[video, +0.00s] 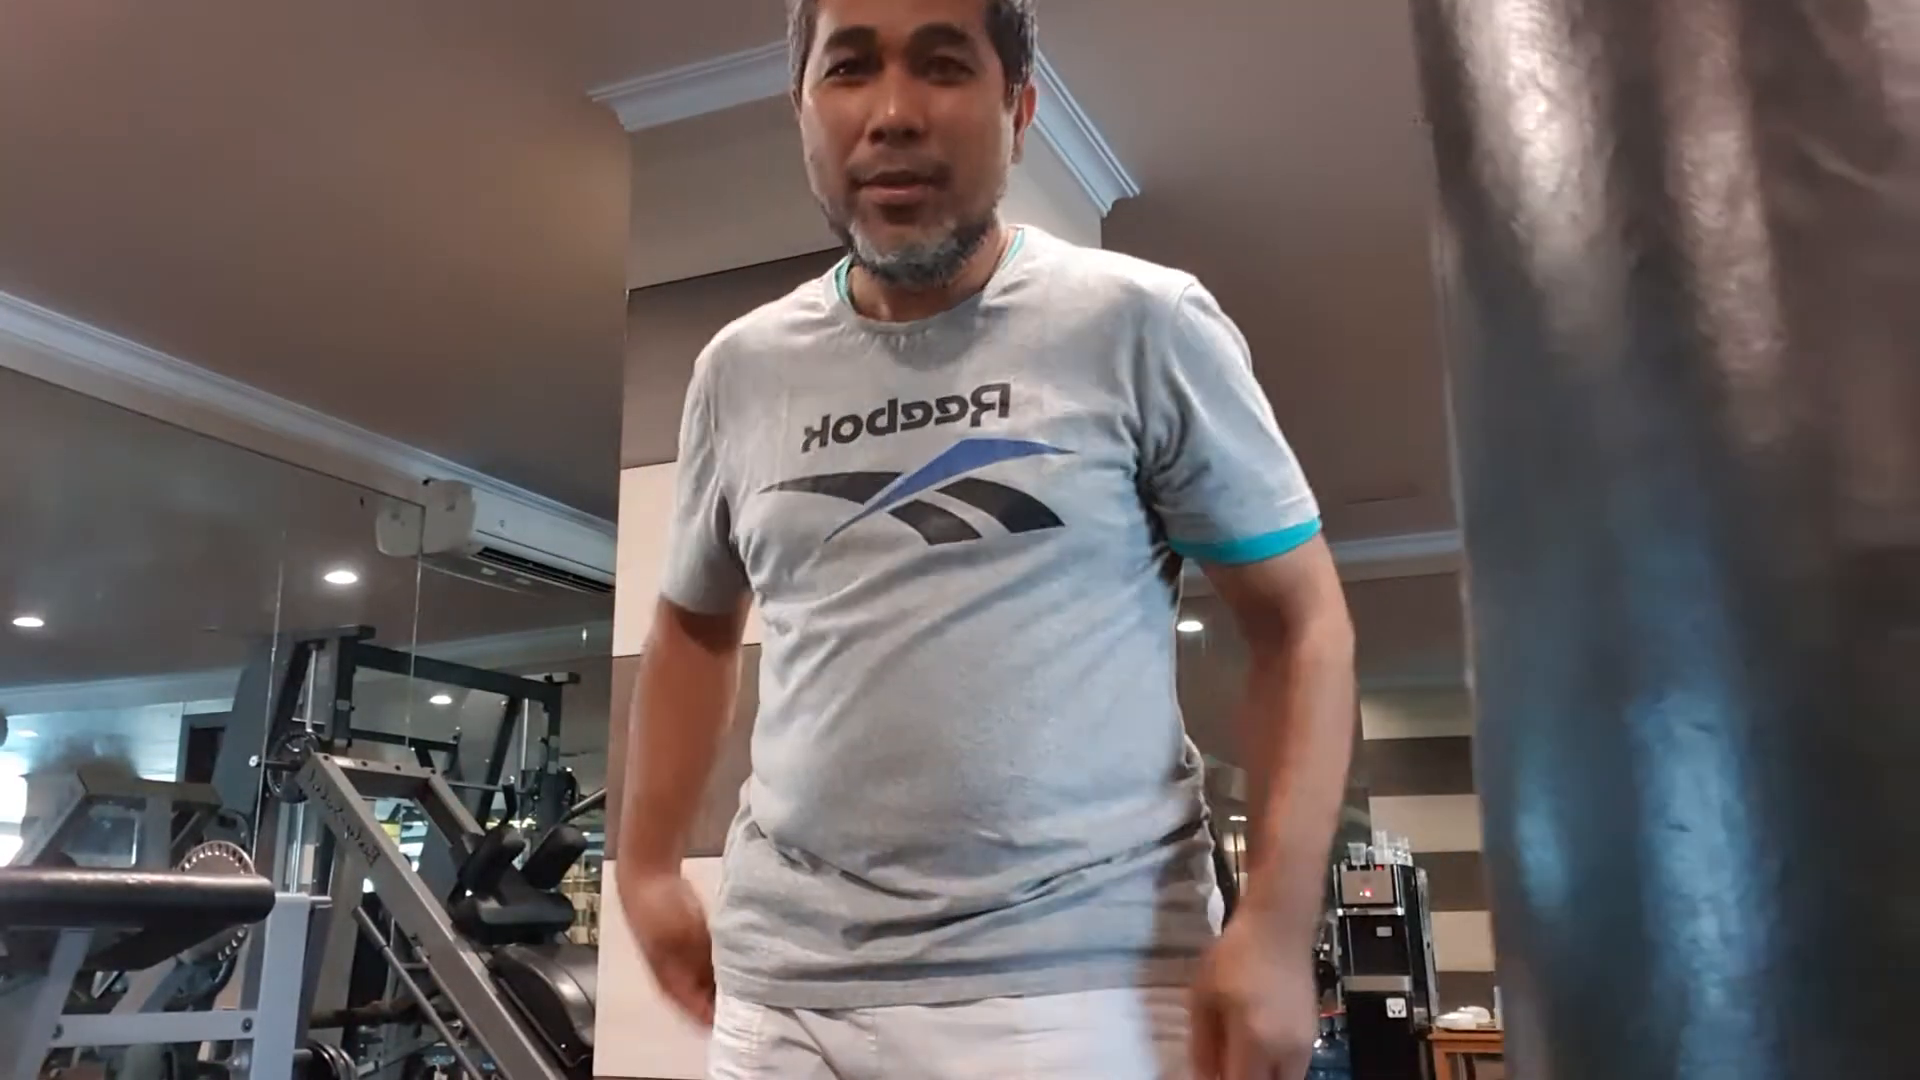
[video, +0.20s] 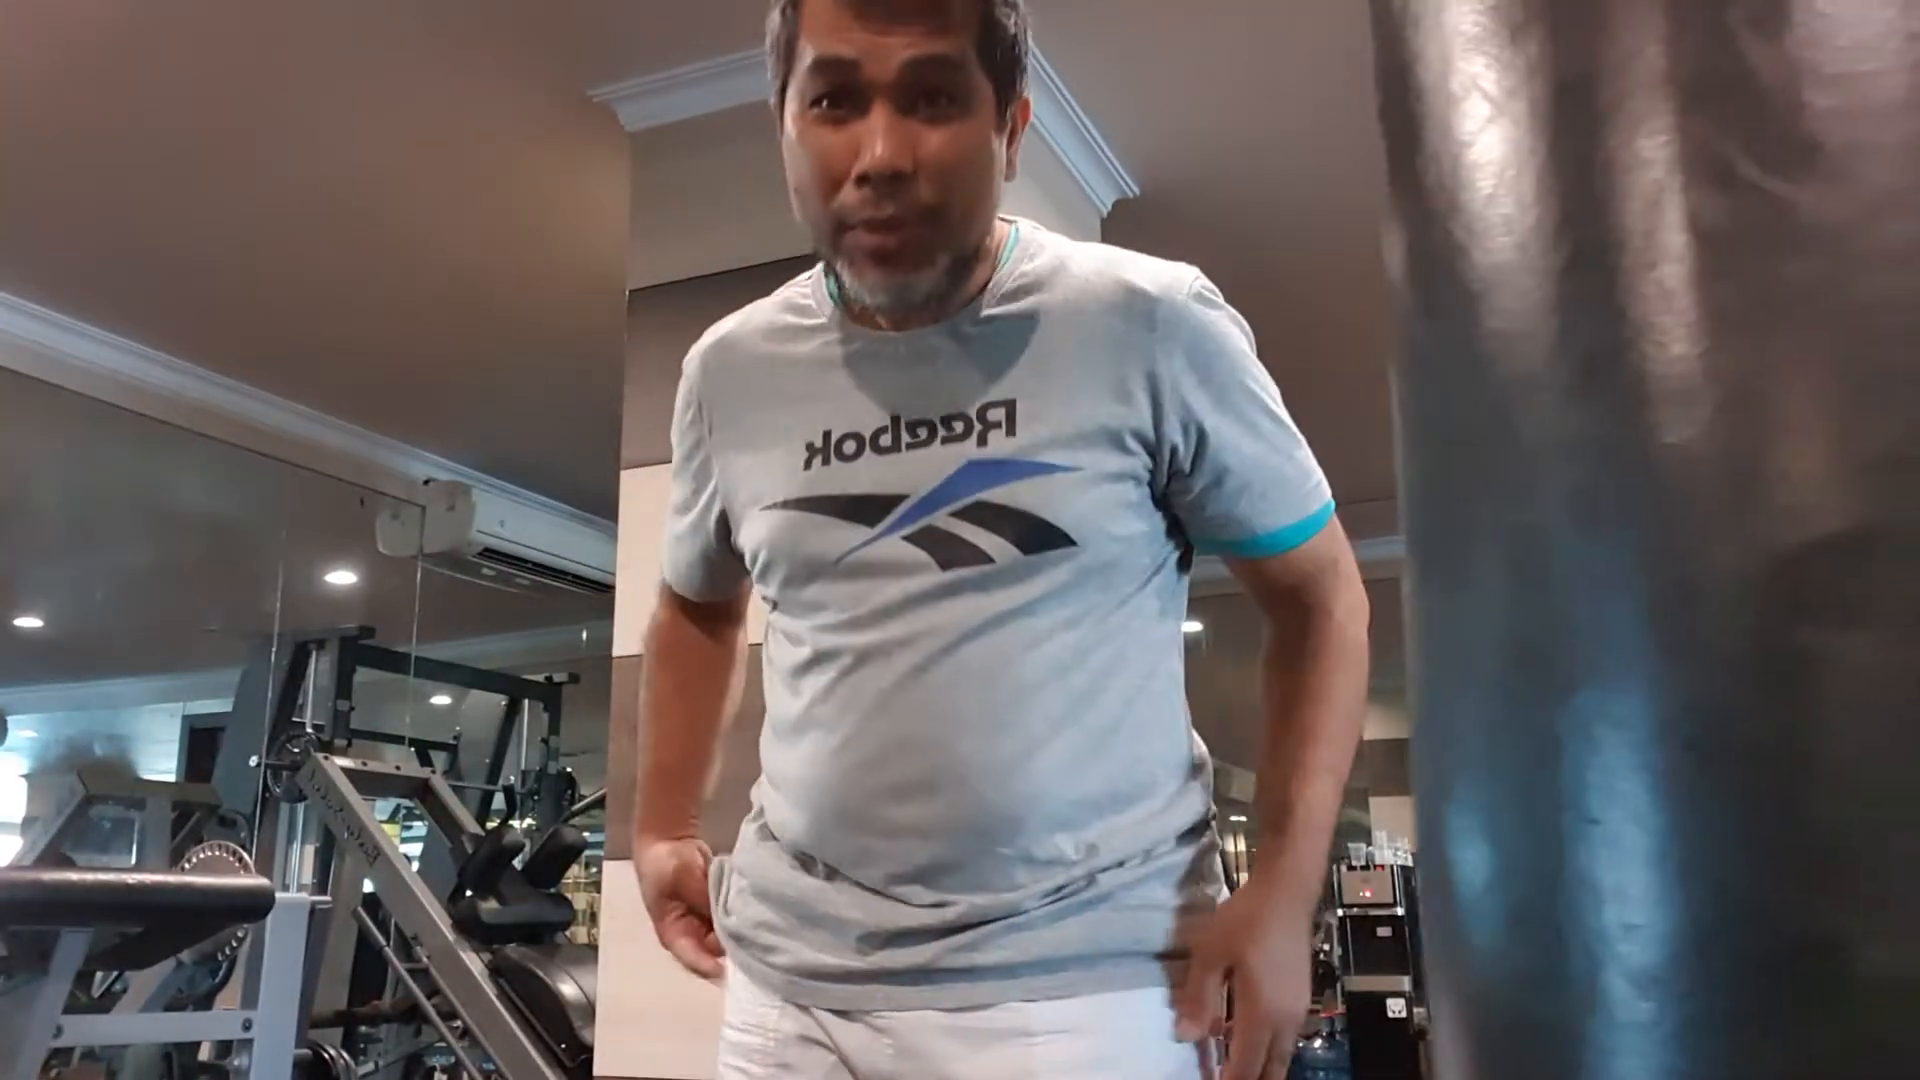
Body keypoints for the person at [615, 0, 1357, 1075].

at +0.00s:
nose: (892, 113)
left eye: (942, 67)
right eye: (851, 69)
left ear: (1017, 108)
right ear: (802, 112)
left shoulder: (1145, 326)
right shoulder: (741, 371)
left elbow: (1302, 623)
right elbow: (696, 628)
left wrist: (1279, 924)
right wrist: (646, 865)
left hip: (1080, 1004)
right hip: (792, 1005)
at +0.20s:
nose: (882, 156)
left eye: (933, 100)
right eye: (836, 101)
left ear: (1011, 122)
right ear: (782, 124)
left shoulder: (1154, 328)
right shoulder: (731, 373)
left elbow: (1321, 598)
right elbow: (698, 608)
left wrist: (1281, 897)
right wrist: (666, 829)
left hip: (1081, 1004)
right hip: (795, 1000)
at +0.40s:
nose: (867, 198)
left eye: (920, 138)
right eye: (821, 139)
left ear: (1002, 153)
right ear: (768, 156)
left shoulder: (1154, 357)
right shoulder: (720, 392)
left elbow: (1297, 638)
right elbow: (682, 628)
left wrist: (1225, 948)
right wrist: (664, 856)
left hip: (1081, 1007)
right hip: (801, 1000)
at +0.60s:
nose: (862, 228)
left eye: (918, 165)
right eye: (815, 167)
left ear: (1001, 197)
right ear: (759, 194)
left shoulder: (1151, 416)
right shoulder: (703, 437)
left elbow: (1259, 743)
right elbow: (653, 672)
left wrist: (1178, 1053)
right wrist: (671, 929)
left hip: (1091, 1020)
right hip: (809, 1013)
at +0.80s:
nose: (856, 276)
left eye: (914, 213)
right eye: (809, 214)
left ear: (1000, 239)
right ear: (754, 236)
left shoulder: (1148, 460)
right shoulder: (690, 471)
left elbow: (1245, 798)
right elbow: (619, 689)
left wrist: (1181, 1066)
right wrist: (678, 943)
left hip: (1090, 1021)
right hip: (817, 1005)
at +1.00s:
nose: (856, 290)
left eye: (915, 227)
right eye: (809, 227)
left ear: (1003, 253)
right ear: (752, 250)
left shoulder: (1150, 471)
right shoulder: (692, 473)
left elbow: (1262, 809)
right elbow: (625, 671)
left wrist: (1208, 1066)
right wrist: (678, 912)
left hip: (1108, 1015)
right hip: (828, 995)